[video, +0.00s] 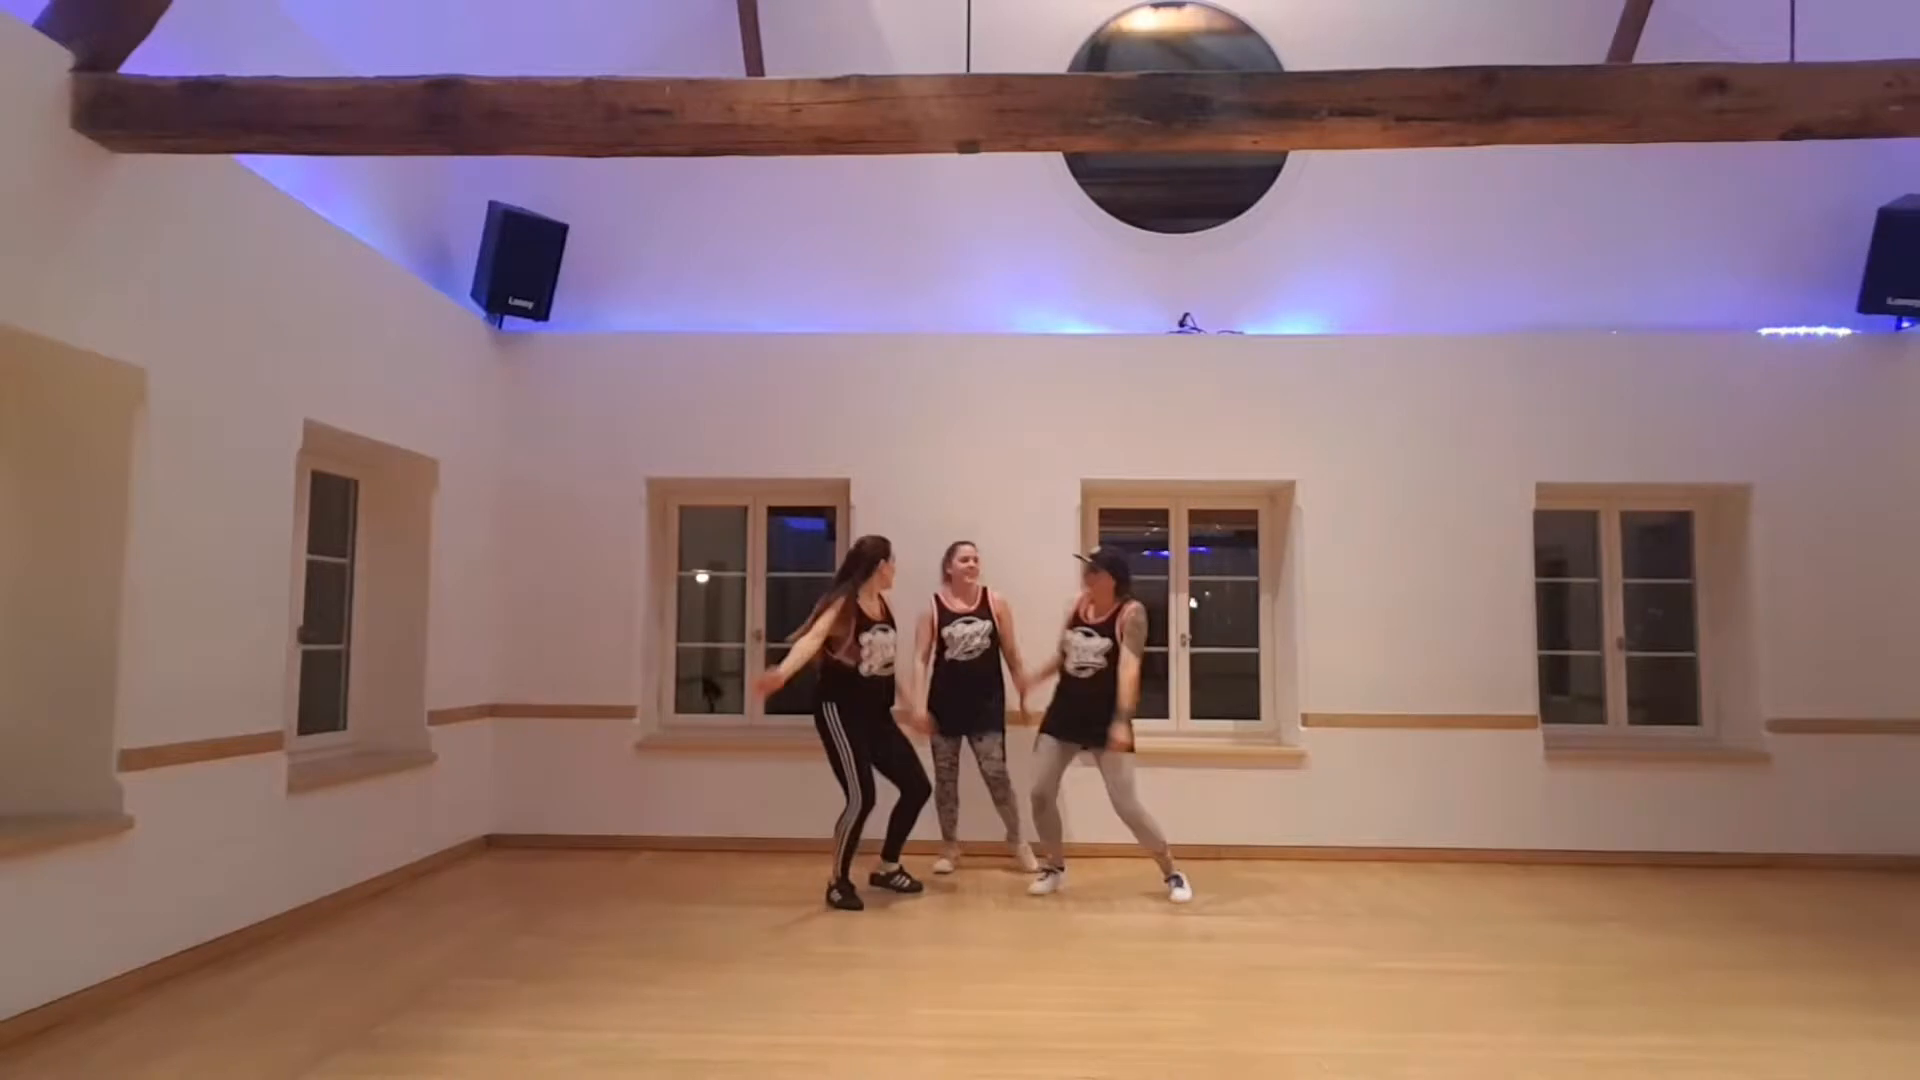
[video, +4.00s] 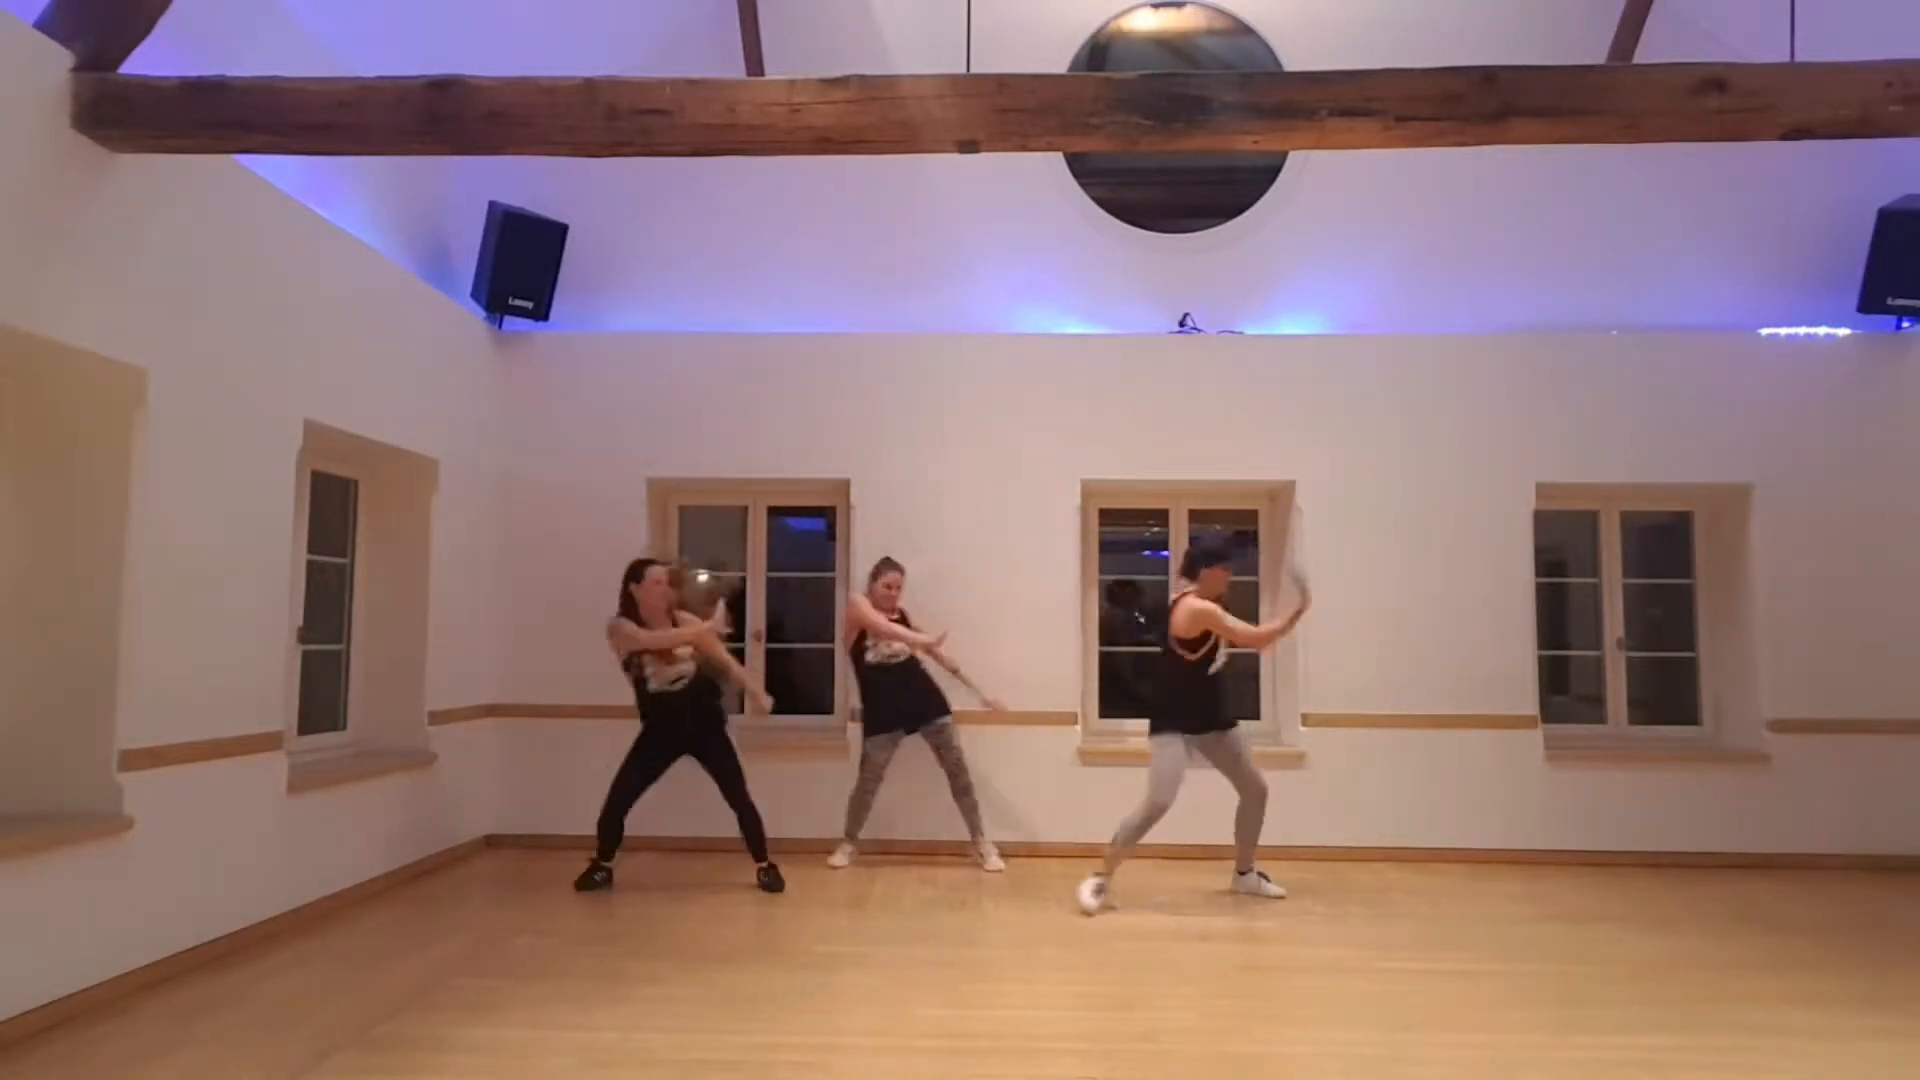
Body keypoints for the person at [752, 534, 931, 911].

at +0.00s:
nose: (894, 569)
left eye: (893, 562)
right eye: (891, 562)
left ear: (872, 567)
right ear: (878, 566)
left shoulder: (882, 604)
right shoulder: (842, 604)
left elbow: (887, 665)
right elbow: (812, 639)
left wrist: (909, 710)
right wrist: (782, 672)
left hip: (874, 711)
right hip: (838, 710)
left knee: (918, 788)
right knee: (861, 796)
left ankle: (887, 867)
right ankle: (838, 882)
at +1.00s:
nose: (921, 561)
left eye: (917, 555)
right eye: (919, 556)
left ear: (888, 561)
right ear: (915, 560)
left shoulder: (884, 596)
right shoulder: (911, 597)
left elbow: (868, 638)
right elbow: (905, 652)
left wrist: (884, 670)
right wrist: (937, 679)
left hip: (888, 698)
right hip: (901, 701)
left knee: (929, 788)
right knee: (930, 792)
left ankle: (906, 865)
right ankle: (869, 855)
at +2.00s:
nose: (924, 550)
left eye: (923, 544)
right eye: (918, 544)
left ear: (909, 551)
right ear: (896, 550)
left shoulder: (919, 584)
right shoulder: (863, 582)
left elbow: (964, 603)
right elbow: (810, 597)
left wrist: (972, 602)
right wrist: (815, 644)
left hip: (900, 697)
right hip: (859, 693)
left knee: (913, 782)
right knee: (855, 778)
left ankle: (900, 868)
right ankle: (834, 869)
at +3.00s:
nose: (803, 575)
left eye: (804, 568)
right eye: (797, 568)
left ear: (801, 572)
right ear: (774, 571)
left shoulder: (815, 604)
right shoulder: (753, 603)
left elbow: (838, 651)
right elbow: (775, 620)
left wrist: (858, 698)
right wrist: (832, 618)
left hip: (820, 714)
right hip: (777, 717)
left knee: (860, 786)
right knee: (748, 797)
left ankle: (898, 861)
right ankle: (734, 865)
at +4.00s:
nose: (665, 590)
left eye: (668, 584)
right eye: (657, 584)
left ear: (673, 590)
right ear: (634, 590)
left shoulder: (686, 621)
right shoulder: (620, 628)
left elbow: (723, 659)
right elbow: (644, 641)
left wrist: (756, 691)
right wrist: (706, 629)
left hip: (705, 730)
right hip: (660, 734)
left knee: (739, 799)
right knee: (617, 800)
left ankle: (764, 865)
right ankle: (602, 865)